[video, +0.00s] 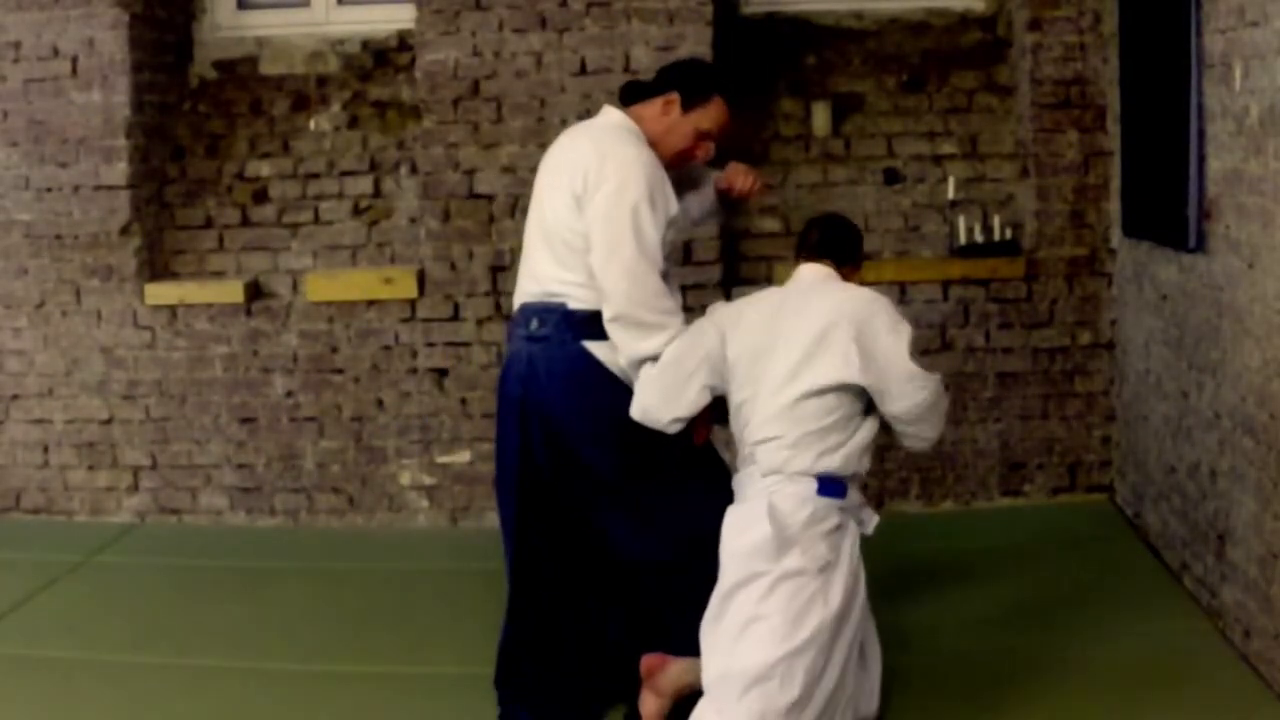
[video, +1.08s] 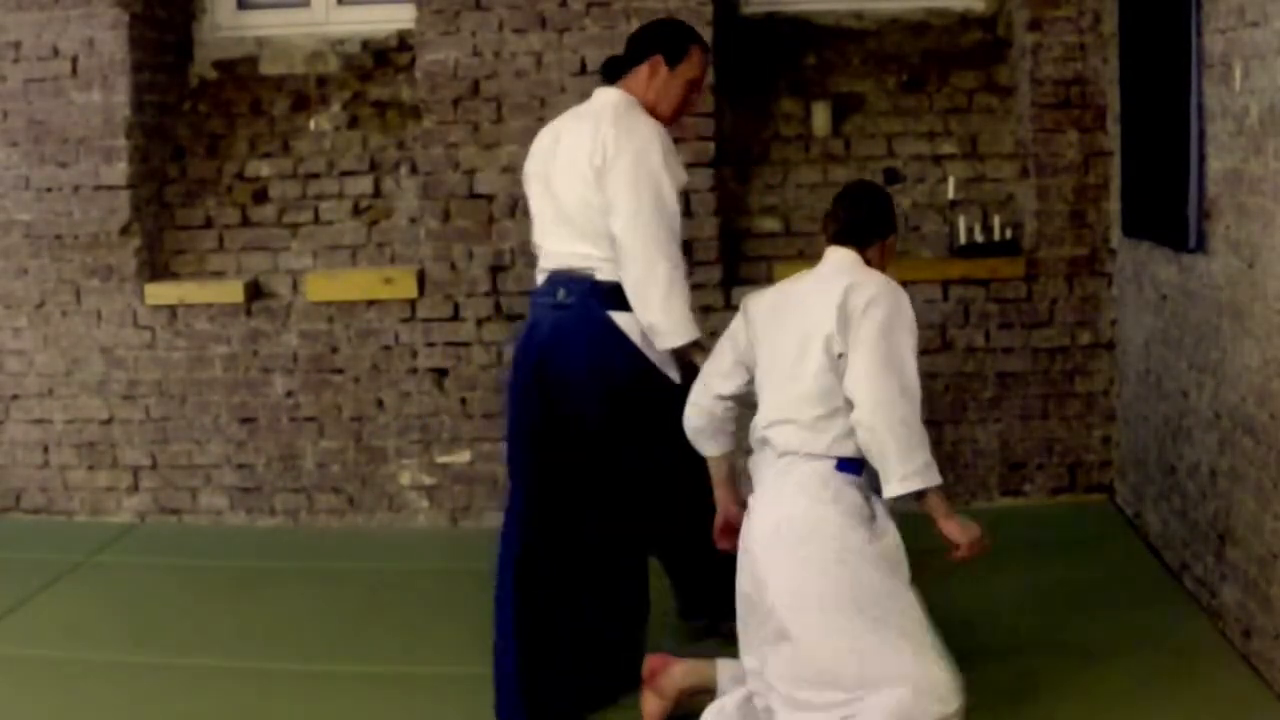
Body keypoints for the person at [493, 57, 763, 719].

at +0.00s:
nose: (702, 155)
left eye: (711, 144)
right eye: (702, 136)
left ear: (657, 107)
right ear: (668, 107)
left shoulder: (578, 142)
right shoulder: (624, 158)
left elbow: (643, 231)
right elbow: (632, 294)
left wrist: (714, 194)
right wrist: (689, 393)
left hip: (531, 357)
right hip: (587, 358)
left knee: (550, 548)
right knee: (687, 511)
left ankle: (541, 696)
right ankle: (671, 670)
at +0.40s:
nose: (695, 146)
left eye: (704, 133)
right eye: (695, 126)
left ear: (646, 100)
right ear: (656, 98)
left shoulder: (563, 151)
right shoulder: (620, 161)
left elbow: (550, 275)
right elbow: (635, 300)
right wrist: (687, 401)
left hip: (530, 352)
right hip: (589, 354)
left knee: (552, 540)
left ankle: (542, 695)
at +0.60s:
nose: (677, 131)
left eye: (685, 116)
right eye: (679, 110)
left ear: (626, 87)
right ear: (643, 87)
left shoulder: (522, 143)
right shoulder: (626, 148)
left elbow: (480, 237)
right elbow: (648, 280)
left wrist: (527, 303)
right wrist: (694, 389)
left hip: (523, 338)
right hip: (598, 327)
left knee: (541, 525)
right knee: (676, 497)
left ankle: (540, 694)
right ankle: (640, 594)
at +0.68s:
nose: (675, 132)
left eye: (684, 118)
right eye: (677, 112)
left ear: (622, 86)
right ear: (643, 88)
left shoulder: (517, 141)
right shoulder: (628, 147)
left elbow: (471, 237)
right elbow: (657, 276)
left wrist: (518, 297)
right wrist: (697, 390)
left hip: (519, 336)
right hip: (599, 326)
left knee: (524, 517)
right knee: (658, 494)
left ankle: (540, 679)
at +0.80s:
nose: (678, 133)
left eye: (686, 119)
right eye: (681, 114)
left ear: (628, 86)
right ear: (648, 89)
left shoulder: (518, 139)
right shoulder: (631, 147)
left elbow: (474, 239)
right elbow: (657, 269)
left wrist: (520, 296)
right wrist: (703, 378)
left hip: (518, 336)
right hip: (600, 326)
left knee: (521, 518)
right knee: (648, 498)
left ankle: (538, 681)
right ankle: (607, 666)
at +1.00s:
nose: (686, 116)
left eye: (694, 101)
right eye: (688, 96)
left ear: (634, 76)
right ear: (654, 76)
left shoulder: (538, 135)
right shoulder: (632, 132)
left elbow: (516, 241)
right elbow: (649, 253)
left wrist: (562, 302)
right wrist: (692, 360)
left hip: (530, 332)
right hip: (606, 327)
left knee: (540, 516)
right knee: (658, 502)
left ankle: (545, 685)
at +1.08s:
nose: (695, 99)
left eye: (699, 85)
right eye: (692, 82)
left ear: (635, 71)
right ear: (655, 70)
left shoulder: (553, 133)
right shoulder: (636, 134)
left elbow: (557, 242)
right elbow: (649, 253)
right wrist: (696, 355)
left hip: (545, 326)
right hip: (611, 325)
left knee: (548, 513)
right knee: (666, 488)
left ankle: (538, 682)